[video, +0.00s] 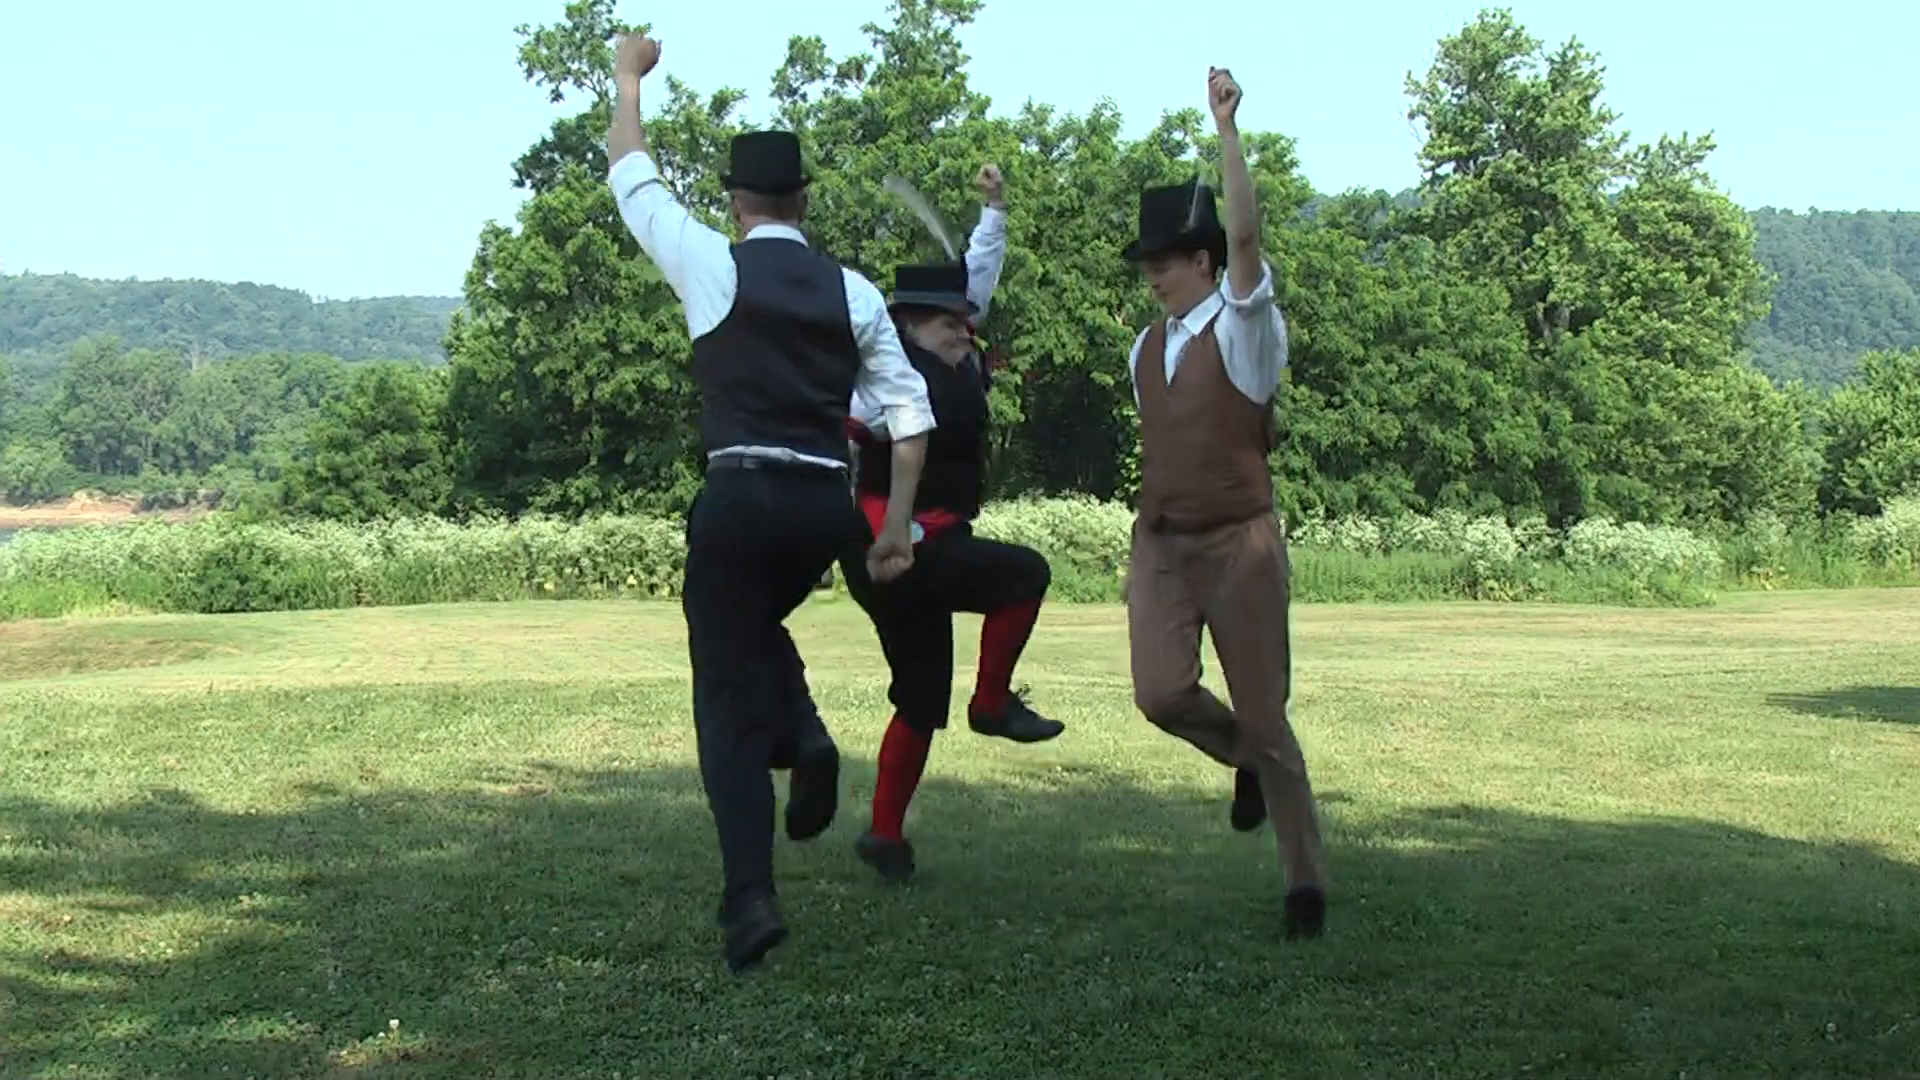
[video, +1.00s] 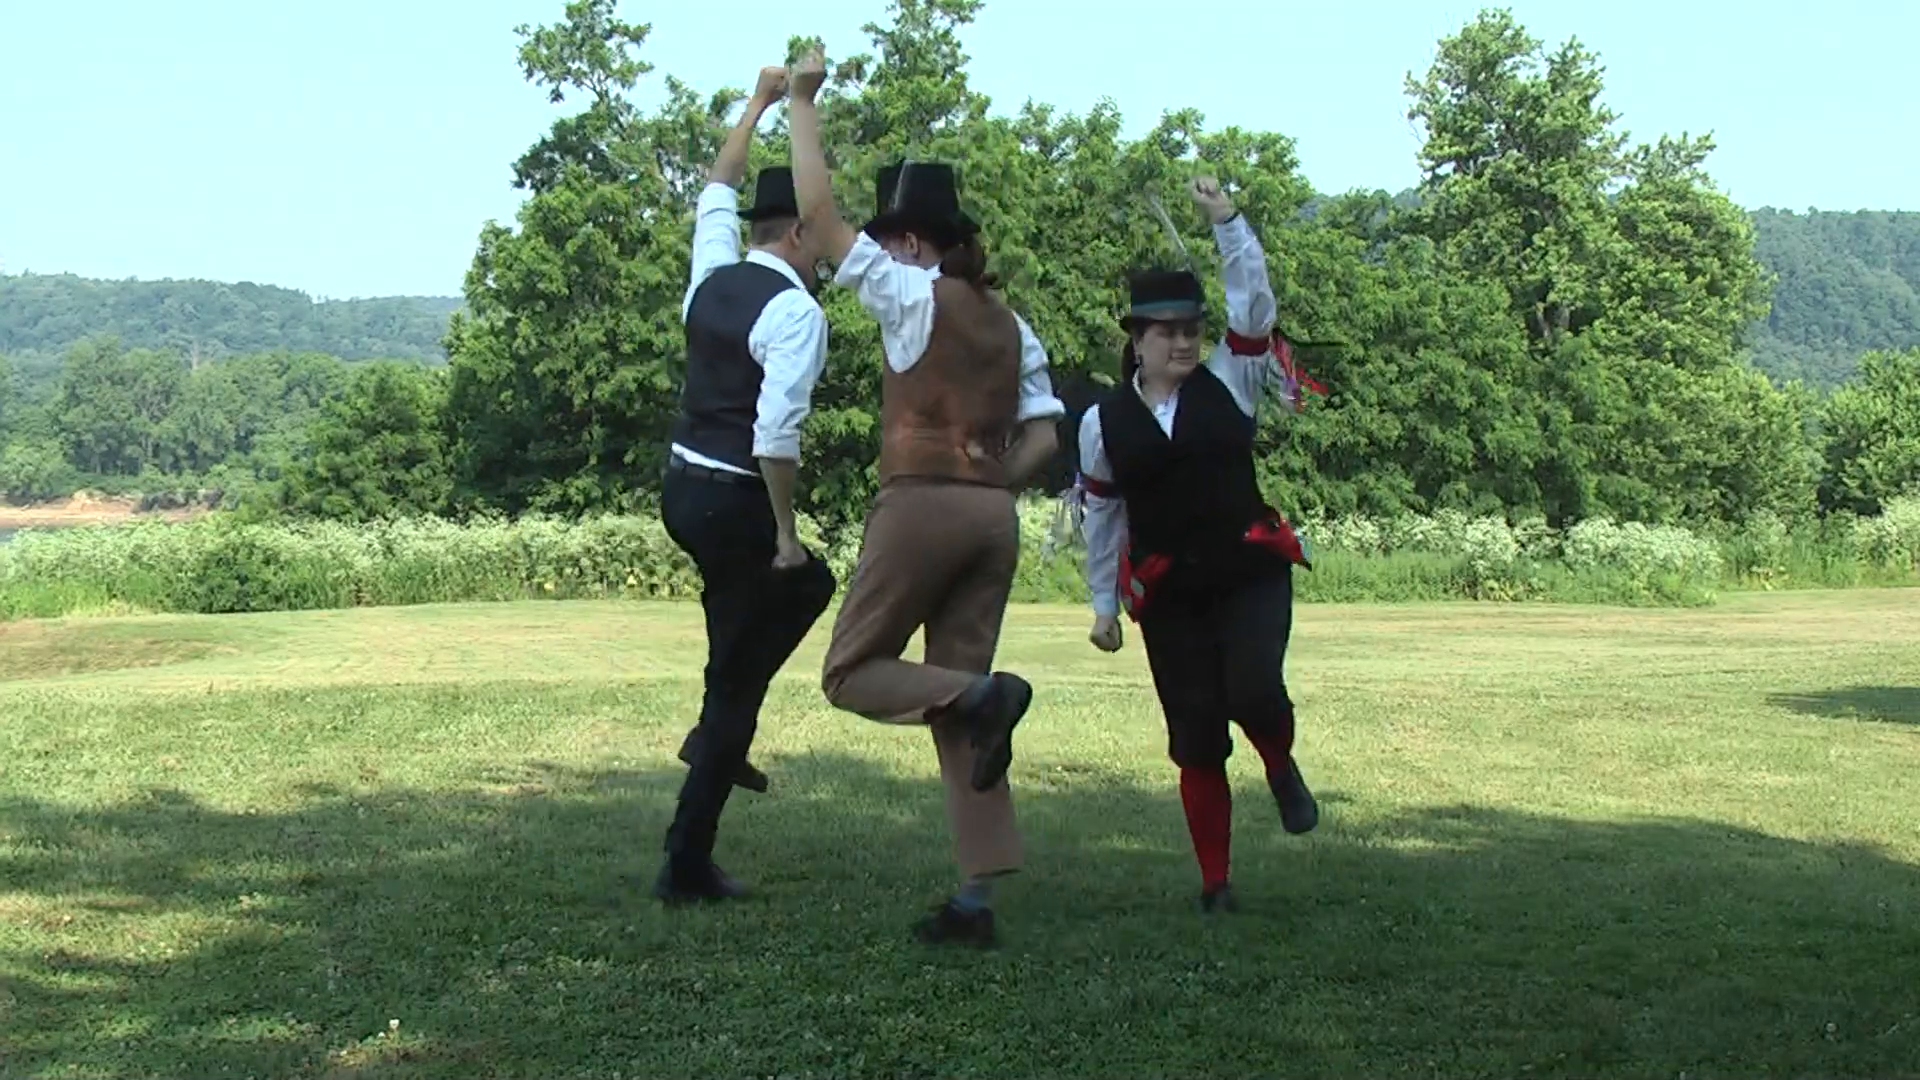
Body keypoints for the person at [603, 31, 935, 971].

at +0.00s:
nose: (731, 203)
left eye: (732, 194)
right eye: (746, 193)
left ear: (734, 201)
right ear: (802, 199)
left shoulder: (712, 264)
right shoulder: (853, 291)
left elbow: (630, 173)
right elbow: (911, 410)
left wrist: (627, 79)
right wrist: (899, 519)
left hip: (736, 496)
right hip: (828, 499)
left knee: (727, 690)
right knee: (756, 619)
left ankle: (751, 903)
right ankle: (809, 744)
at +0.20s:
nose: (738, 234)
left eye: (702, 226)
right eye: (749, 227)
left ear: (683, 233)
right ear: (755, 235)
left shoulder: (651, 289)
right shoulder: (791, 315)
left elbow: (599, 195)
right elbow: (844, 432)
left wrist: (618, 102)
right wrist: (842, 543)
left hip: (669, 520)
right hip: (762, 526)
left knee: (649, 715)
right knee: (718, 630)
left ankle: (619, 913)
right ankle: (706, 768)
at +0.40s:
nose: (753, 269)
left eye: (746, 259)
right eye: (751, 260)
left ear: (678, 263)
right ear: (741, 266)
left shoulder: (634, 313)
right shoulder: (764, 347)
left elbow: (605, 217)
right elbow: (792, 463)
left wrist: (642, 130)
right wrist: (785, 567)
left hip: (620, 540)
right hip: (709, 552)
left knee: (620, 733)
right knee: (720, 644)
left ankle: (614, 915)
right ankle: (664, 792)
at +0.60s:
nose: (773, 277)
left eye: (771, 263)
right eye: (771, 265)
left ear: (701, 259)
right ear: (753, 267)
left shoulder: (652, 304)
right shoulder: (766, 345)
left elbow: (646, 208)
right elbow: (755, 460)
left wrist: (683, 126)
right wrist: (748, 559)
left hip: (624, 520)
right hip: (706, 536)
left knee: (604, 707)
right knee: (686, 717)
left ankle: (584, 849)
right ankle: (643, 881)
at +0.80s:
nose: (792, 276)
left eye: (791, 263)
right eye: (791, 263)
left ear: (729, 254)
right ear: (772, 259)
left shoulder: (679, 300)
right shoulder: (774, 341)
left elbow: (675, 207)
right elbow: (768, 460)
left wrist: (710, 125)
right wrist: (777, 553)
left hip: (643, 519)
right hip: (707, 534)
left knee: (690, 649)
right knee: (698, 705)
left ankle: (598, 750)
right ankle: (645, 878)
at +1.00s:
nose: (831, 245)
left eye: (829, 230)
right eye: (825, 231)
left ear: (761, 226)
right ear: (797, 232)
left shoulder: (713, 275)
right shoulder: (796, 314)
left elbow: (720, 186)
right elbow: (775, 439)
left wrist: (759, 104)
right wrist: (786, 531)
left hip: (683, 484)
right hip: (736, 500)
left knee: (809, 583)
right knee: (736, 686)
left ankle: (720, 731)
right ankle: (688, 862)